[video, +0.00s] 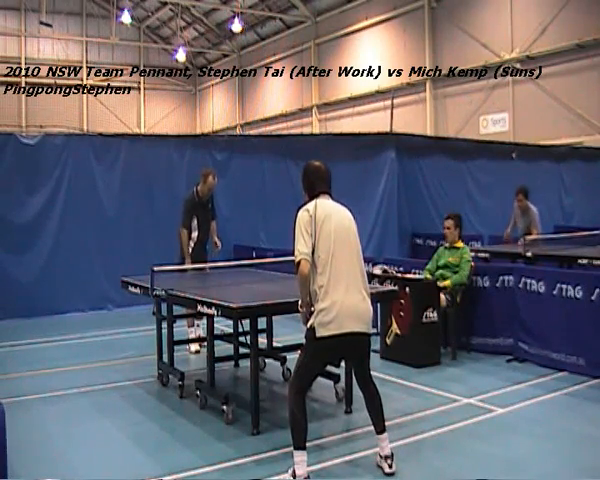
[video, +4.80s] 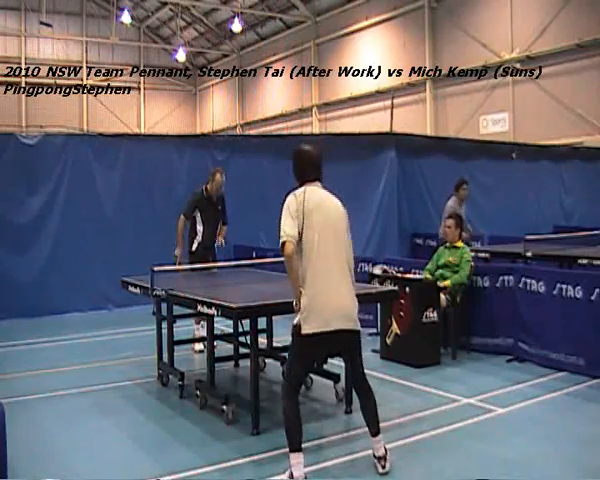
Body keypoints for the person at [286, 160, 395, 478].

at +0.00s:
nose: (302, 189)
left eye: (303, 184)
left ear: (306, 186)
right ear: (330, 185)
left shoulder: (307, 213)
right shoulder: (346, 213)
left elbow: (303, 266)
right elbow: (356, 264)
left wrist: (304, 301)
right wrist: (324, 298)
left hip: (329, 321)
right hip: (361, 318)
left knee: (297, 389)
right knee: (365, 378)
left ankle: (300, 467)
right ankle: (386, 451)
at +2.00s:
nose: (302, 195)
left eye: (302, 190)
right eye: (308, 189)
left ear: (304, 192)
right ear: (328, 191)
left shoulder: (305, 220)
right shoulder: (346, 219)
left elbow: (302, 272)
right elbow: (355, 268)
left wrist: (303, 307)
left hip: (327, 326)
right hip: (360, 323)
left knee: (294, 390)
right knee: (363, 379)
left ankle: (299, 466)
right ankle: (385, 451)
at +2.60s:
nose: (310, 193)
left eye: (310, 188)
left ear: (310, 191)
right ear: (335, 189)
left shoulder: (314, 223)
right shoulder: (351, 217)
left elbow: (301, 279)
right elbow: (364, 264)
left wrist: (301, 320)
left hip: (347, 326)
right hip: (378, 320)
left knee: (315, 392)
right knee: (370, 372)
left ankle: (325, 467)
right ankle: (389, 442)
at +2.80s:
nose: (331, 189)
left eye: (331, 184)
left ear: (332, 188)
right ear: (356, 186)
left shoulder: (334, 219)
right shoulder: (371, 216)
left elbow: (315, 270)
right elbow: (384, 267)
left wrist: (301, 304)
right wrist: (384, 300)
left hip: (359, 322)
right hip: (387, 317)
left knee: (330, 390)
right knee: (382, 373)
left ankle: (328, 465)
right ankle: (396, 437)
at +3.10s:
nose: (374, 166)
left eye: (370, 161)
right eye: (385, 161)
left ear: (368, 163)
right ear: (391, 164)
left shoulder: (362, 189)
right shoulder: (404, 196)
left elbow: (348, 237)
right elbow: (418, 250)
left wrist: (348, 282)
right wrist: (405, 279)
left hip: (370, 290)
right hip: (399, 291)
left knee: (355, 362)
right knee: (391, 360)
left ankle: (361, 432)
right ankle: (396, 433)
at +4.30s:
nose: (340, 154)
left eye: (340, 149)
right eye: (345, 147)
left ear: (345, 150)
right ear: (369, 150)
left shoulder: (343, 182)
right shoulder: (385, 189)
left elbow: (336, 233)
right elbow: (396, 245)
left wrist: (340, 273)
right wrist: (377, 269)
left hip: (354, 297)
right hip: (385, 298)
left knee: (325, 365)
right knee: (382, 370)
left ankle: (319, 445)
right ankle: (387, 444)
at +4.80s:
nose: (294, 174)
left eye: (294, 168)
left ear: (295, 171)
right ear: (321, 171)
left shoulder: (295, 200)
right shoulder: (338, 204)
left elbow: (288, 248)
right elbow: (348, 258)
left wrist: (298, 292)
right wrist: (341, 291)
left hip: (315, 318)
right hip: (348, 316)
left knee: (290, 389)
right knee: (359, 379)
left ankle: (297, 468)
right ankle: (380, 450)